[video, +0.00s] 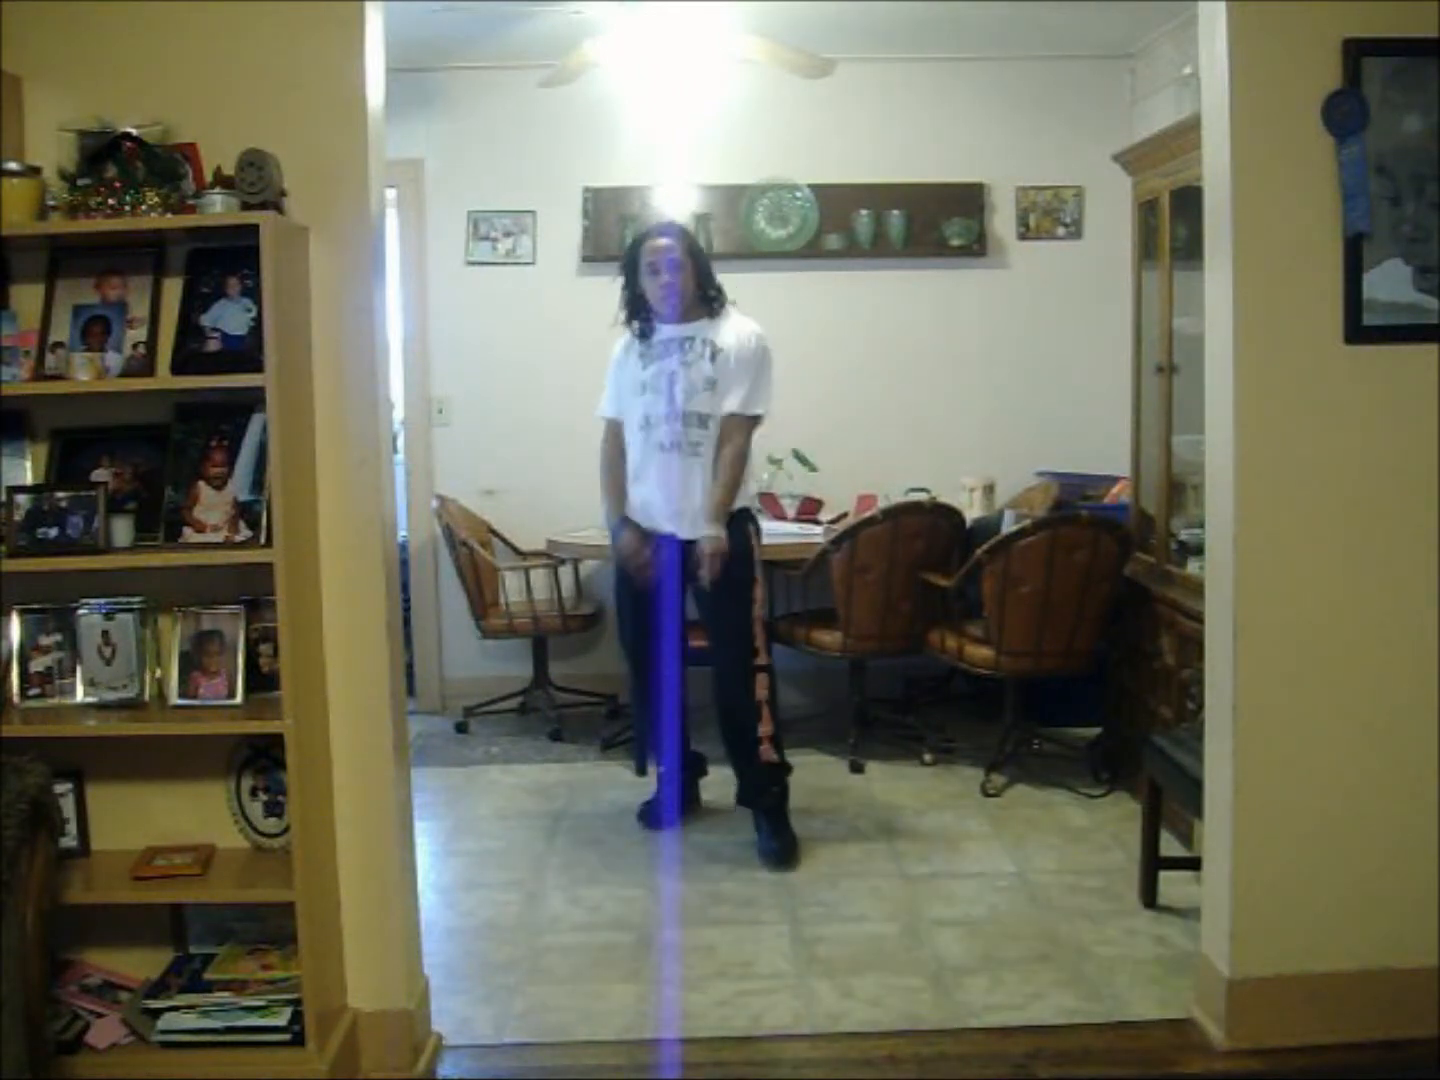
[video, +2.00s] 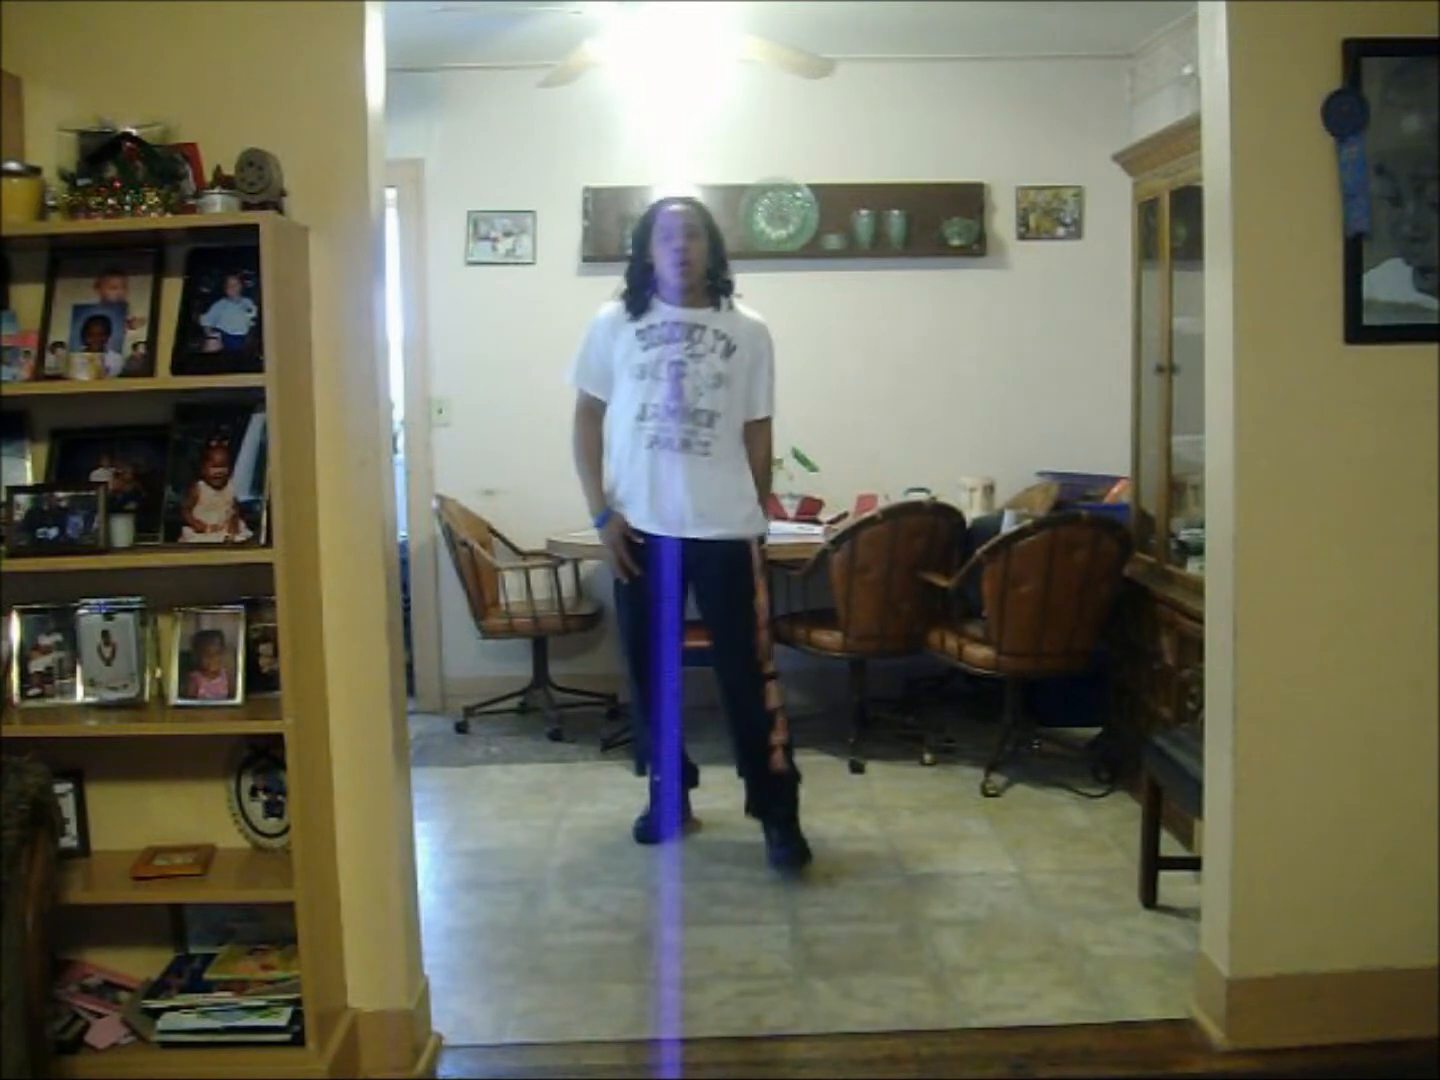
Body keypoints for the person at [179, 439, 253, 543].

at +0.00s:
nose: (219, 471)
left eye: (223, 466)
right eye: (213, 466)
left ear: (230, 469)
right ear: (204, 468)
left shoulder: (232, 488)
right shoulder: (200, 487)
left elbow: (237, 511)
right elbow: (187, 511)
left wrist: (232, 532)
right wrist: (200, 526)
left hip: (225, 533)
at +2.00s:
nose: (219, 472)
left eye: (224, 467)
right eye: (214, 466)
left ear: (230, 469)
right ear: (203, 468)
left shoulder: (231, 488)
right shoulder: (199, 488)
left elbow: (236, 509)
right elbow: (186, 511)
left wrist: (234, 523)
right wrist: (199, 526)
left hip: (225, 533)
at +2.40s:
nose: (219, 472)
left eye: (224, 467)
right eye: (214, 466)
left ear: (230, 469)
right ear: (203, 468)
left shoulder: (231, 488)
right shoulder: (199, 488)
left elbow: (236, 509)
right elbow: (186, 511)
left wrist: (234, 523)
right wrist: (199, 526)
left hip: (225, 533)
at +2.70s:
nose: (219, 472)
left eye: (224, 467)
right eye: (214, 466)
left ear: (230, 469)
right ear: (203, 468)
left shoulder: (231, 488)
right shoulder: (199, 488)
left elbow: (236, 508)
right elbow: (186, 511)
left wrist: (234, 523)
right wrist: (199, 526)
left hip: (225, 533)